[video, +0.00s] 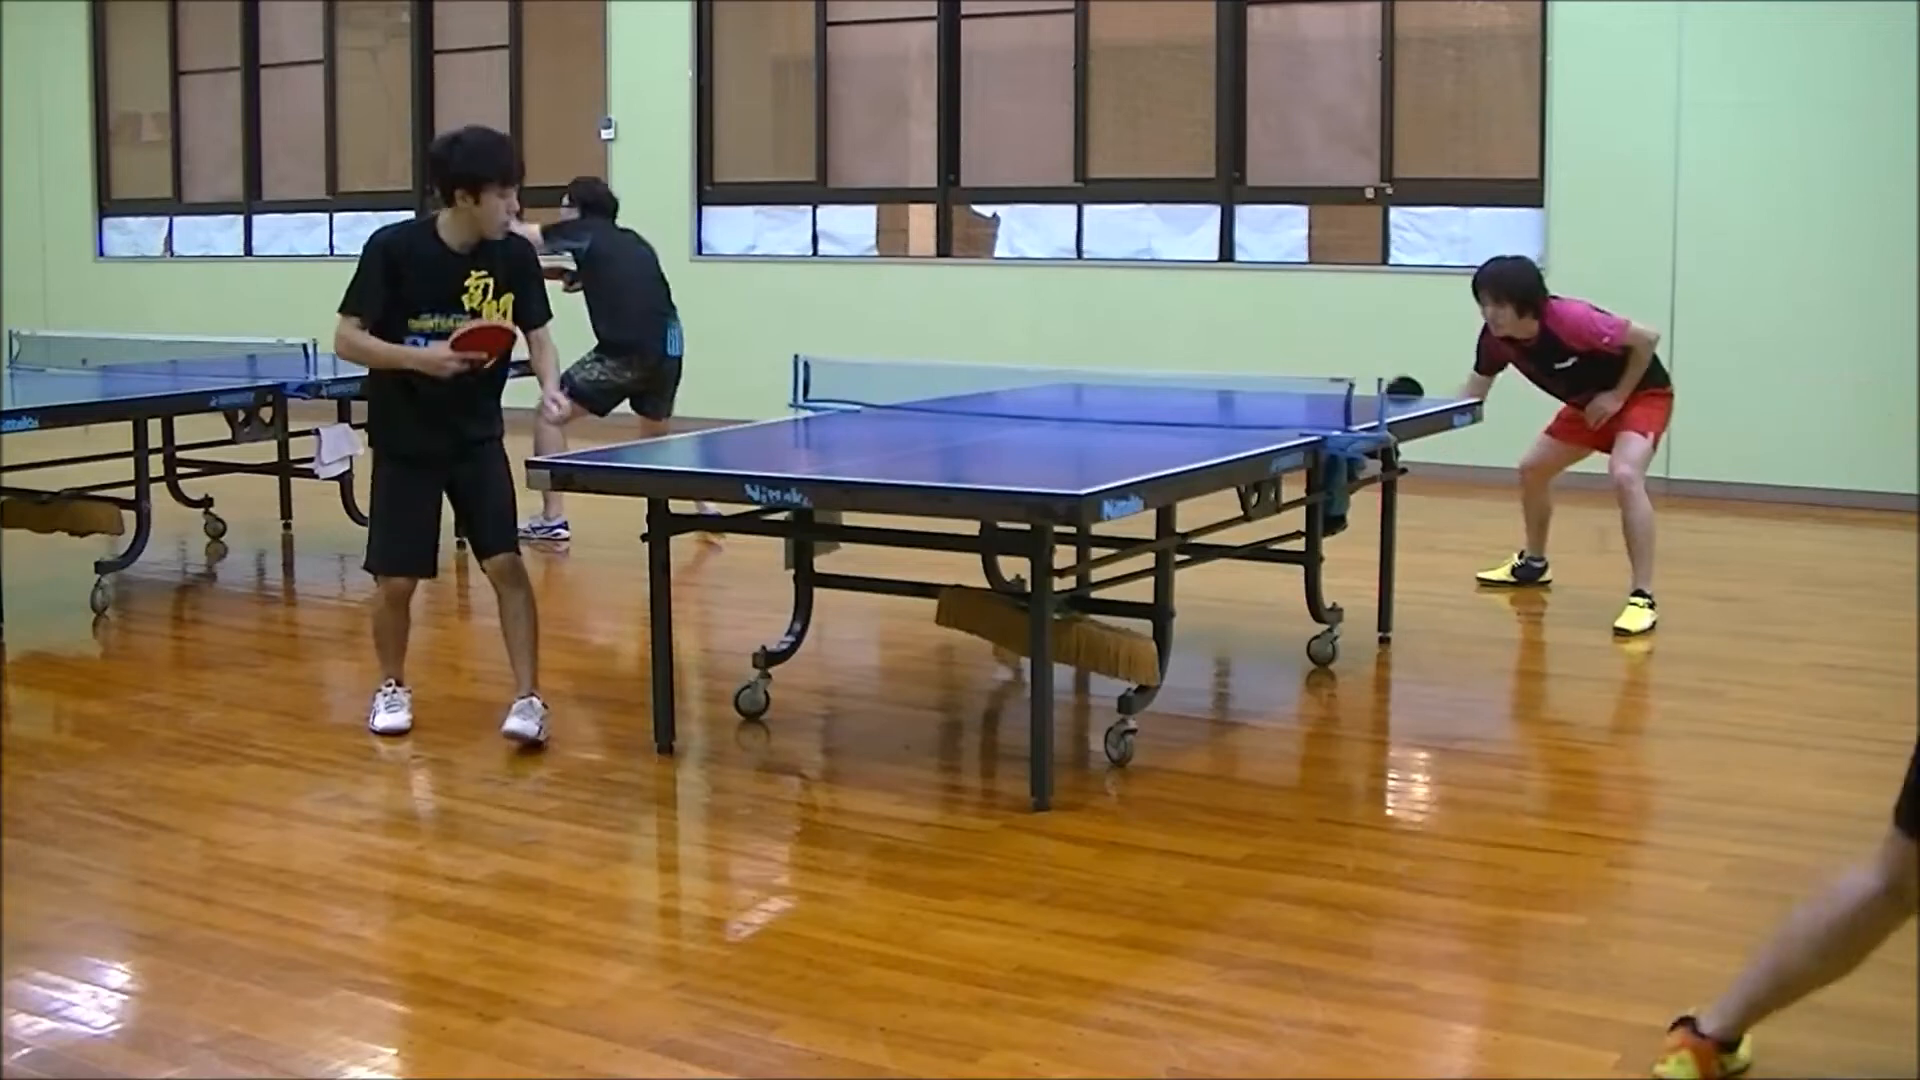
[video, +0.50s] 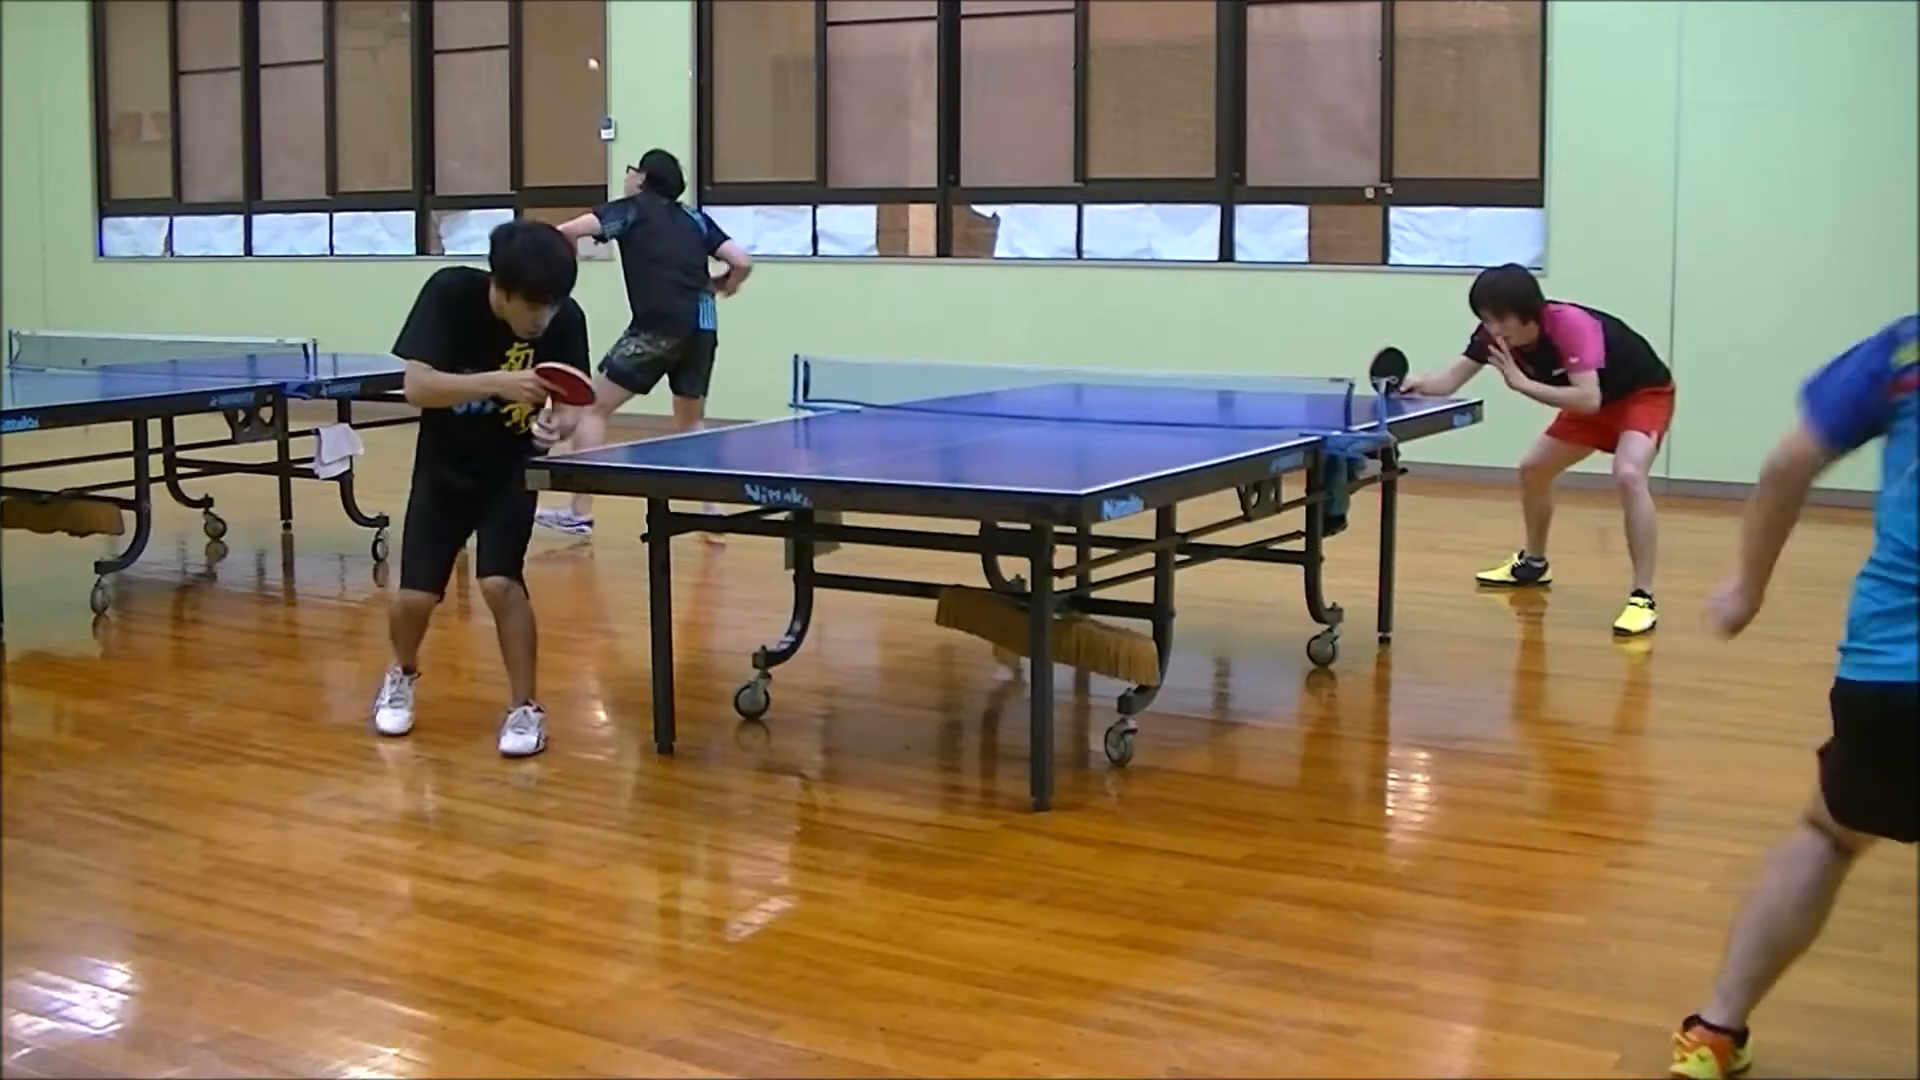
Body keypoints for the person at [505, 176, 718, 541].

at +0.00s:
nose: (562, 211)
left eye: (566, 206)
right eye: (564, 205)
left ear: (579, 209)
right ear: (607, 211)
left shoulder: (585, 231)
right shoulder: (635, 240)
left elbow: (529, 234)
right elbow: (622, 274)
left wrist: (503, 218)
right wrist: (583, 277)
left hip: (625, 352)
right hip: (668, 355)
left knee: (548, 417)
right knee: (655, 437)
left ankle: (552, 519)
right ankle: (706, 508)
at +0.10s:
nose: (578, 197)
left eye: (583, 191)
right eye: (580, 191)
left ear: (597, 197)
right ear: (625, 201)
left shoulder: (600, 218)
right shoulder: (648, 235)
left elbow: (531, 208)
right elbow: (644, 274)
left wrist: (497, 187)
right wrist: (595, 277)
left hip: (632, 344)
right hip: (675, 348)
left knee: (559, 418)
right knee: (660, 434)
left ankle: (552, 520)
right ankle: (706, 508)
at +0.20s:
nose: (594, 188)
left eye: (600, 182)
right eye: (597, 181)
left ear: (616, 188)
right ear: (642, 194)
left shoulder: (617, 212)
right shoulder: (663, 230)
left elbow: (550, 208)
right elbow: (647, 271)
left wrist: (509, 181)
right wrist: (602, 266)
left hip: (640, 341)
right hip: (682, 346)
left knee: (569, 417)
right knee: (665, 434)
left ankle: (553, 519)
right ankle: (708, 509)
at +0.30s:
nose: (610, 181)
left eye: (614, 175)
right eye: (612, 174)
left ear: (629, 182)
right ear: (657, 189)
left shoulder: (624, 210)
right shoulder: (678, 226)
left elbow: (554, 211)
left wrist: (511, 202)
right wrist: (659, 273)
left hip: (649, 334)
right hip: (692, 340)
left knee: (582, 417)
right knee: (676, 431)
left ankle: (558, 517)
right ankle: (709, 513)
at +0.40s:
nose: (621, 176)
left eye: (626, 171)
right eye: (624, 170)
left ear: (639, 179)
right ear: (667, 185)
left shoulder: (631, 207)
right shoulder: (691, 219)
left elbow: (565, 220)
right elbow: (730, 272)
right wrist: (692, 285)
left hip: (656, 327)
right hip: (700, 332)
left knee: (592, 416)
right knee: (683, 425)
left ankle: (562, 515)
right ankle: (711, 512)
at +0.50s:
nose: (627, 176)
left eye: (633, 172)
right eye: (630, 171)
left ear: (645, 180)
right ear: (672, 186)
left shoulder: (632, 208)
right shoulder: (694, 218)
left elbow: (567, 231)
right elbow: (741, 262)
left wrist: (544, 252)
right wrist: (726, 284)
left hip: (657, 326)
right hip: (702, 331)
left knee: (592, 409)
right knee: (691, 423)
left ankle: (579, 513)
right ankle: (713, 514)